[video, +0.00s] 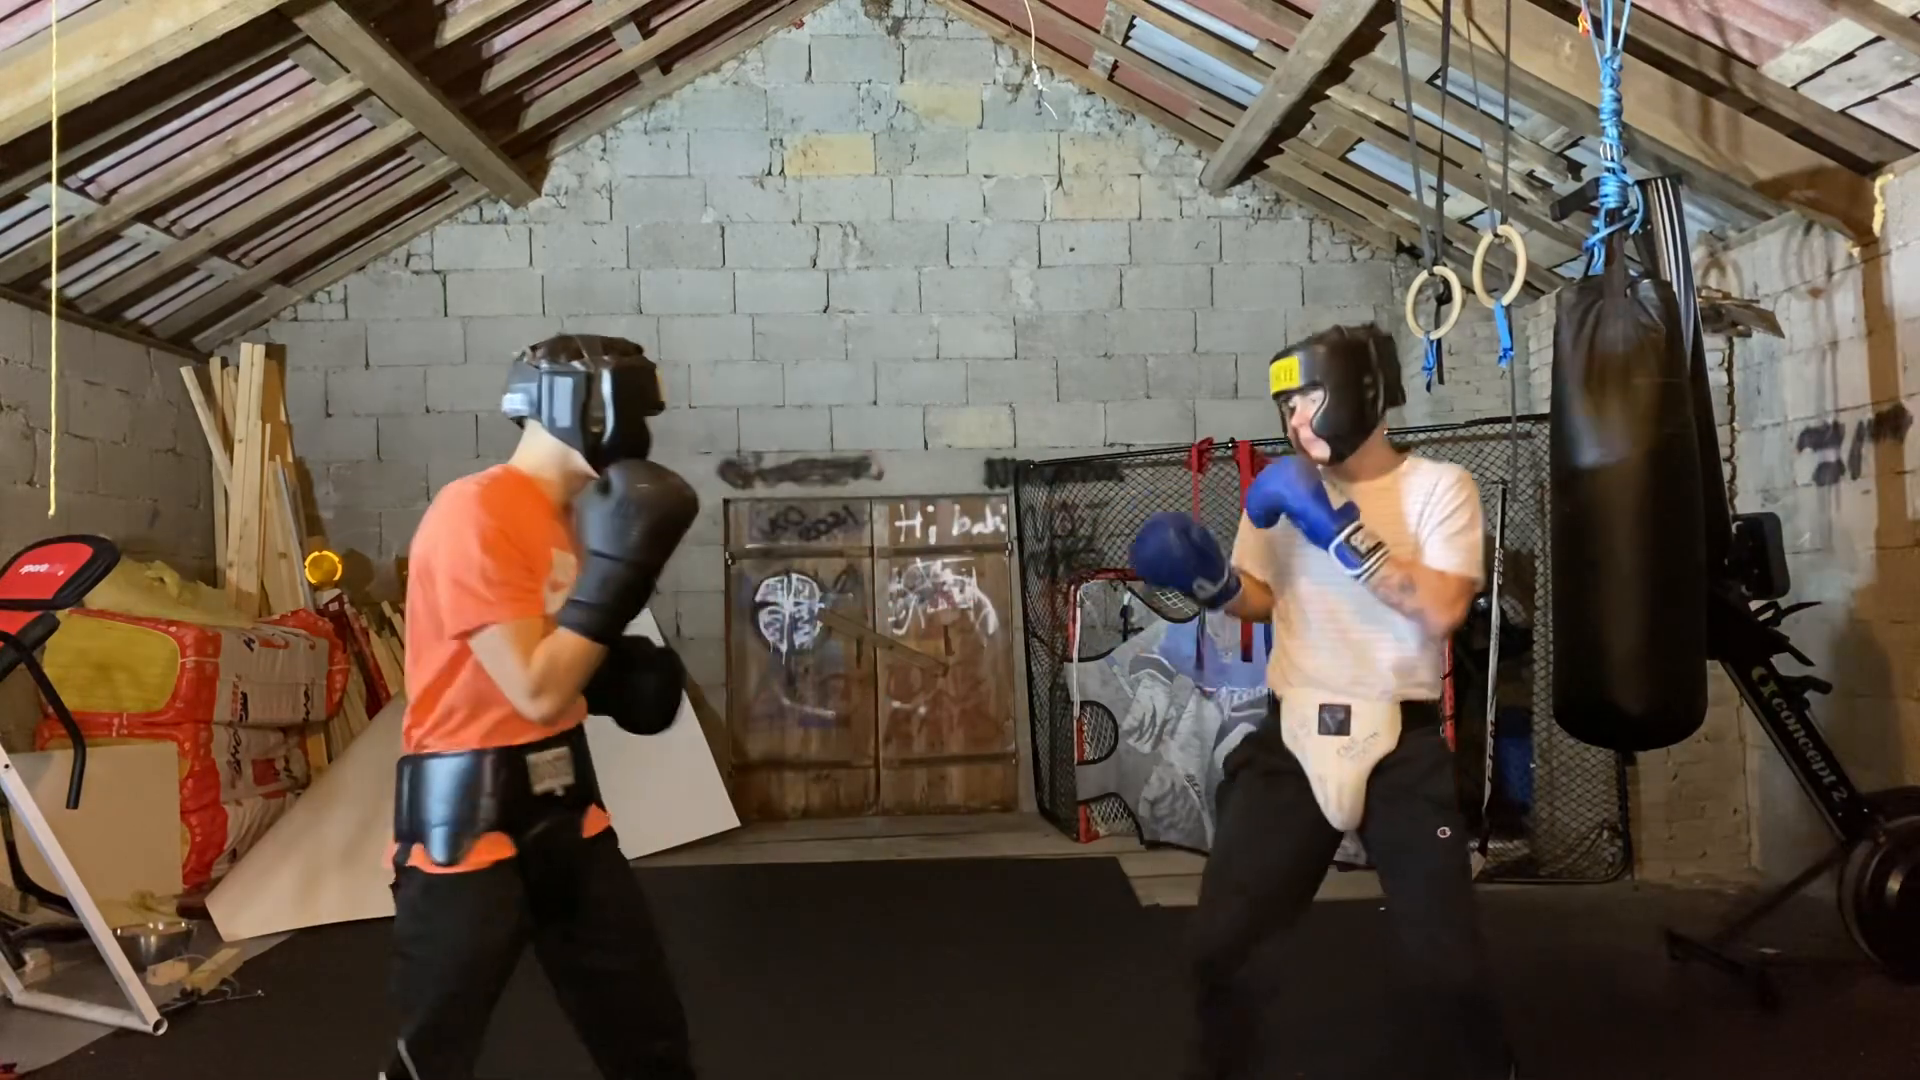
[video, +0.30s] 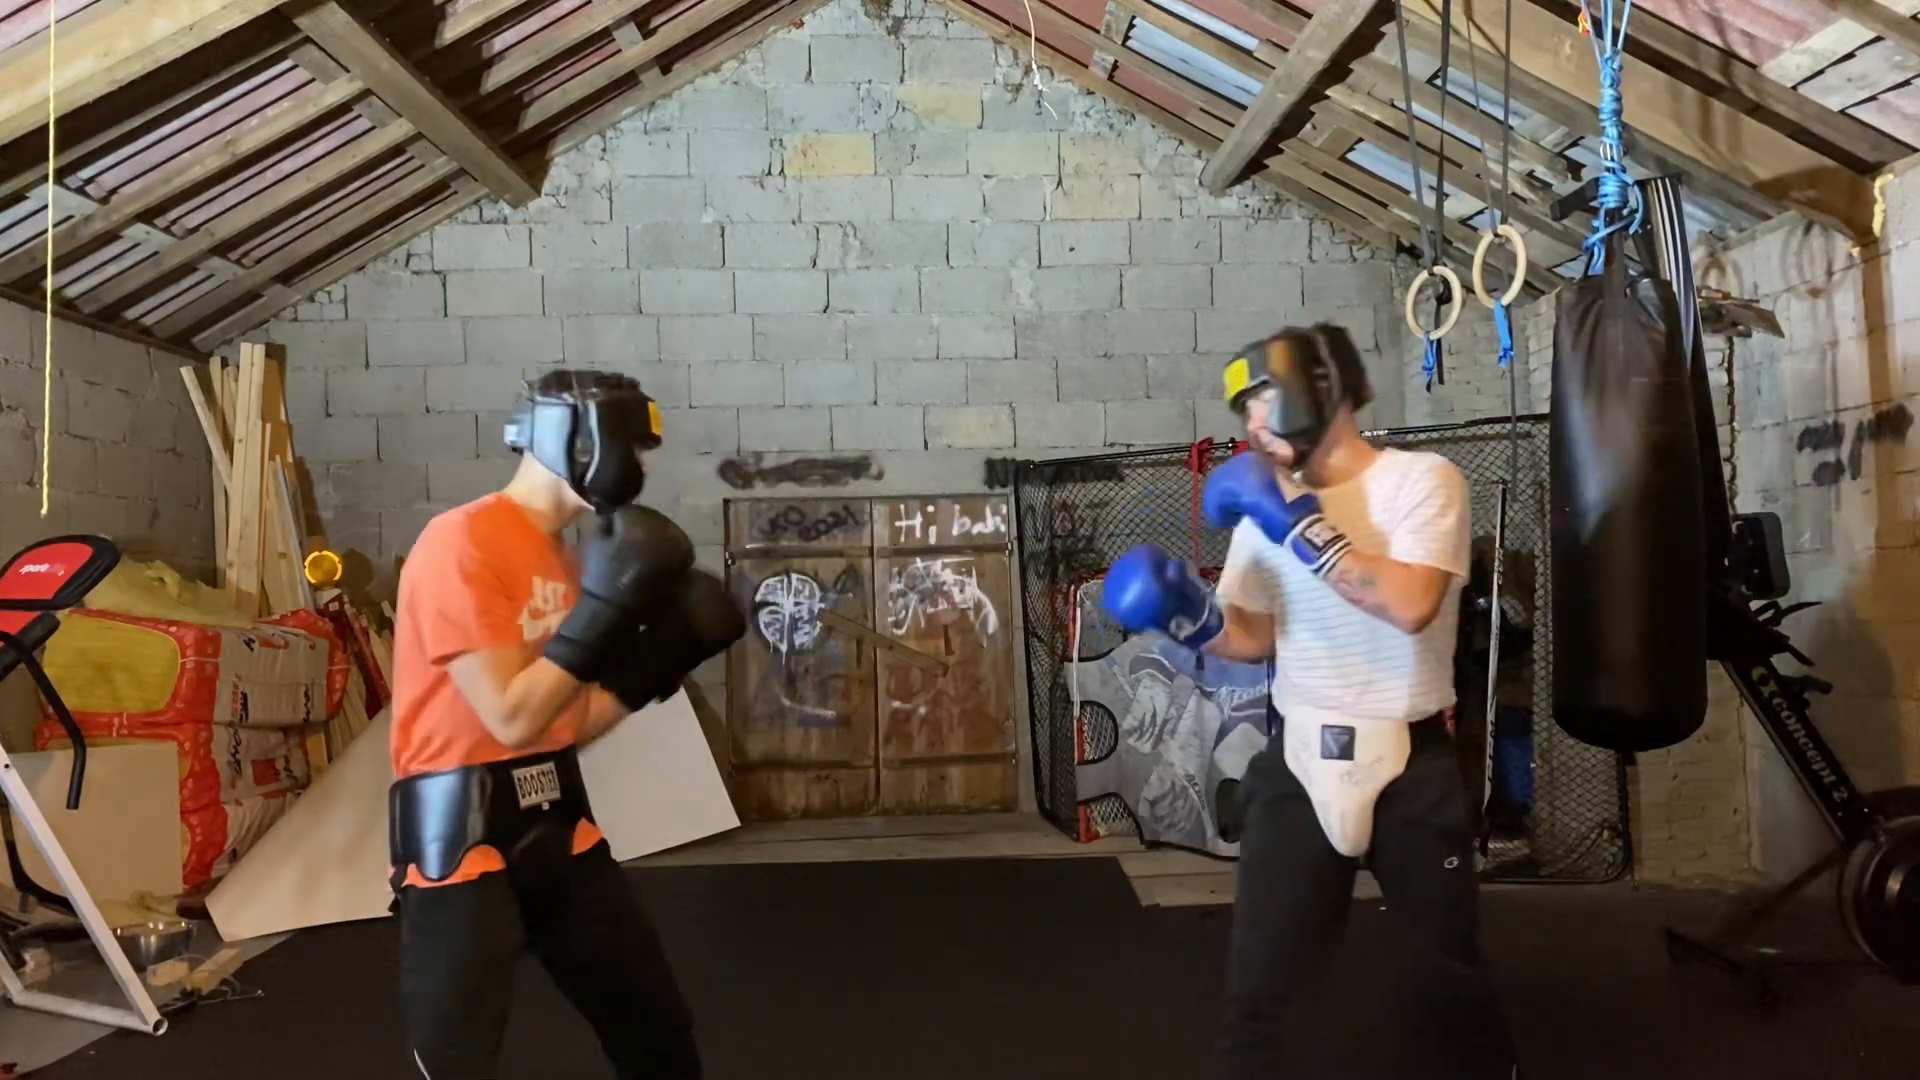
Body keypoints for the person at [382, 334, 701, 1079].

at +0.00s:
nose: (640, 437)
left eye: (640, 416)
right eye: (632, 414)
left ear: (556, 406)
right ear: (590, 410)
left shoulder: (576, 525)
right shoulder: (471, 512)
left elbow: (540, 658)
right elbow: (536, 685)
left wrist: (611, 677)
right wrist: (614, 571)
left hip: (564, 811)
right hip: (466, 826)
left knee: (650, 1045)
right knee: (432, 1059)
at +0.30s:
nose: (636, 470)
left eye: (638, 450)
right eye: (627, 448)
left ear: (574, 446)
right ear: (578, 445)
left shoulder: (574, 560)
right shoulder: (454, 544)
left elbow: (569, 727)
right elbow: (513, 716)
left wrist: (657, 657)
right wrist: (601, 609)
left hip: (553, 821)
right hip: (457, 838)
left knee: (656, 1035)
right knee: (455, 1060)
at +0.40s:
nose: (659, 481)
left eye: (661, 463)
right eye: (652, 461)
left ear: (591, 454)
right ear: (605, 456)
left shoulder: (594, 567)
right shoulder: (484, 548)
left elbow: (646, 711)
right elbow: (564, 701)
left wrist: (706, 610)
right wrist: (648, 586)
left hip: (570, 827)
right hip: (475, 839)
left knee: (673, 1027)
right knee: (454, 1059)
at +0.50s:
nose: (676, 461)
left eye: (679, 447)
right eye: (667, 444)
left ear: (606, 439)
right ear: (619, 439)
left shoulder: (634, 544)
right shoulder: (512, 535)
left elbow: (712, 654)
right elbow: (634, 648)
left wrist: (736, 533)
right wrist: (687, 524)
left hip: (594, 809)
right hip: (495, 822)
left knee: (680, 1026)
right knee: (436, 1055)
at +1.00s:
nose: (601, 459)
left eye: (605, 447)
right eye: (591, 445)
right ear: (548, 445)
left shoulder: (610, 540)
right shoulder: (471, 545)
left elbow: (712, 598)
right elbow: (567, 613)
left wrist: (694, 478)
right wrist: (595, 492)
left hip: (593, 786)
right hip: (490, 795)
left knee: (661, 1000)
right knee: (459, 1012)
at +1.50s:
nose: (653, 458)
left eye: (664, 445)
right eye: (638, 441)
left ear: (682, 452)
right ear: (602, 444)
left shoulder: (694, 516)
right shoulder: (549, 528)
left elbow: (743, 582)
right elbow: (605, 605)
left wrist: (734, 465)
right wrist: (623, 487)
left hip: (664, 766)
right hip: (564, 763)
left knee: (698, 976)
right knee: (507, 971)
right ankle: (492, 1073)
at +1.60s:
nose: (685, 459)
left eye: (692, 446)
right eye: (672, 445)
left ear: (699, 452)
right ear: (630, 446)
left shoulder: (709, 519)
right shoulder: (565, 526)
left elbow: (756, 586)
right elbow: (606, 606)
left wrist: (750, 470)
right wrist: (627, 484)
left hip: (674, 764)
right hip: (578, 762)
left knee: (702, 971)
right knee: (528, 954)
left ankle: (728, 1069)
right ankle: (568, 1071)